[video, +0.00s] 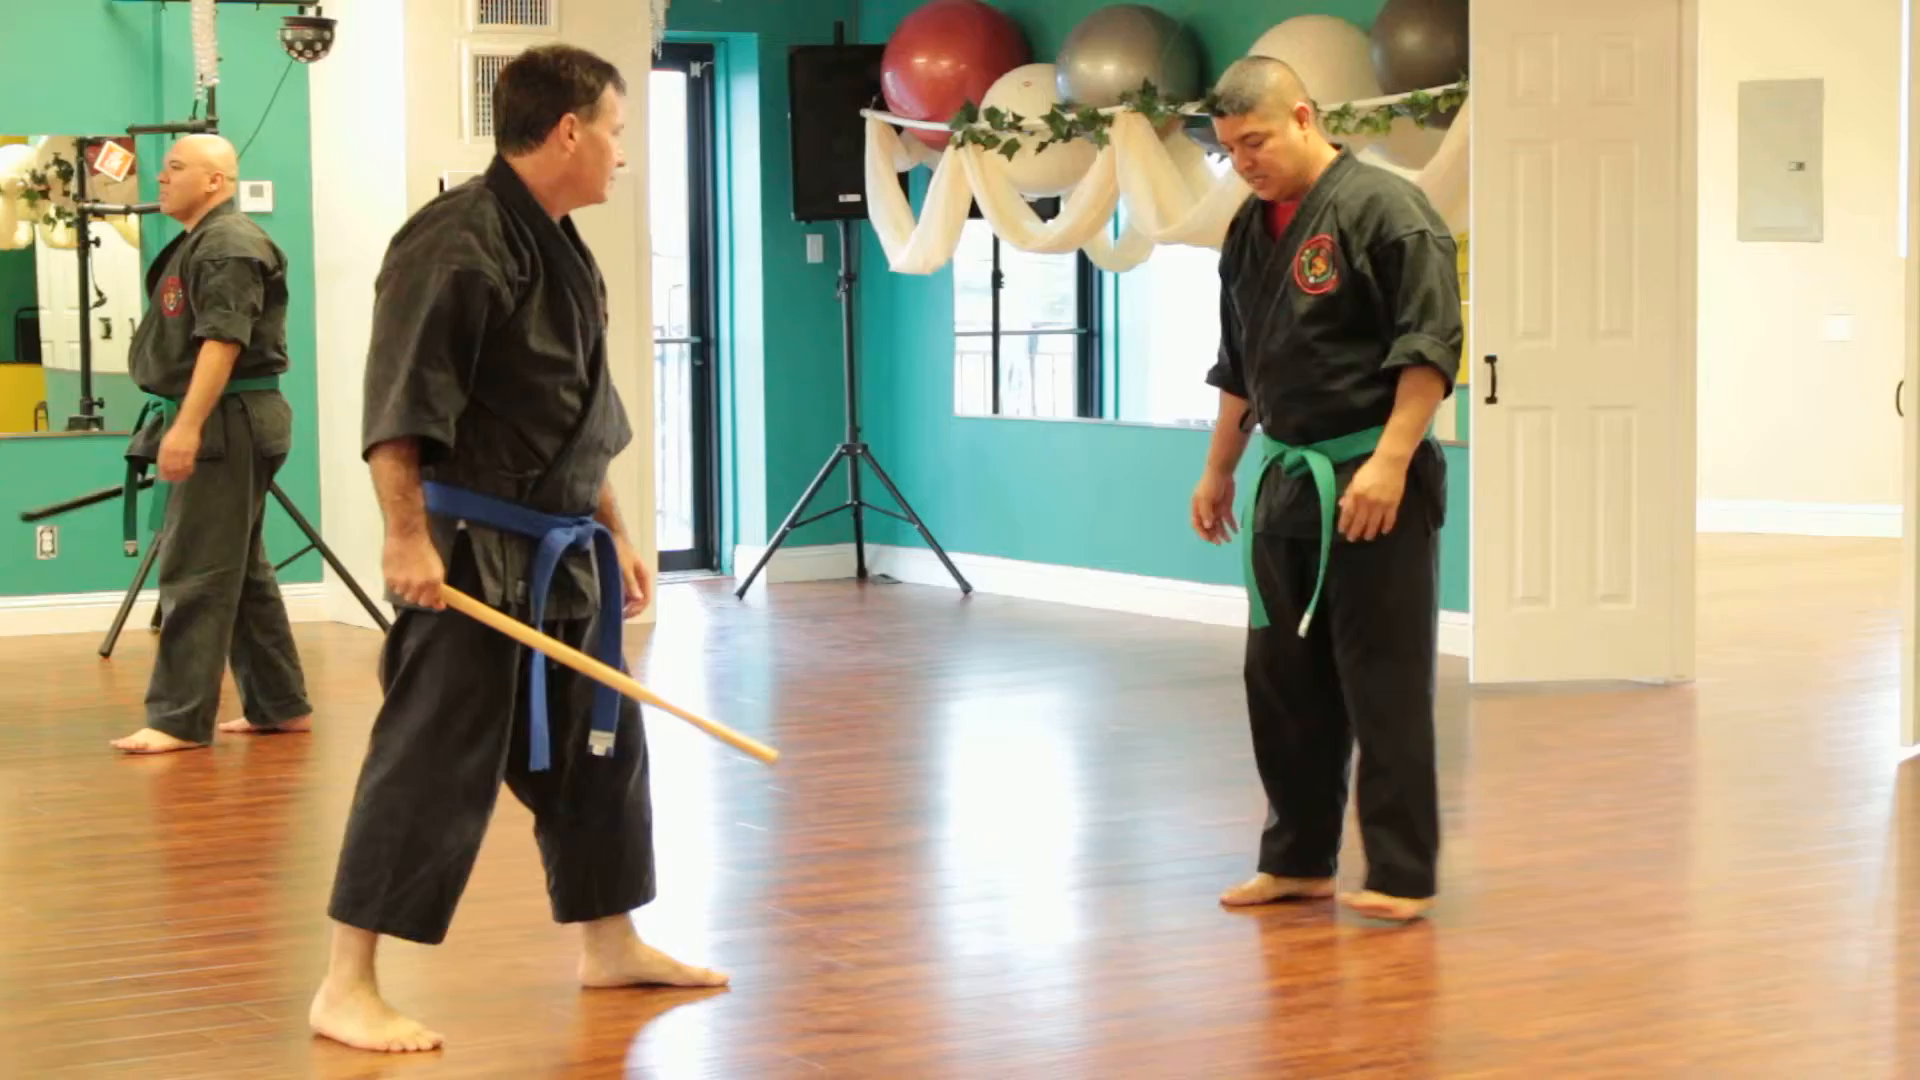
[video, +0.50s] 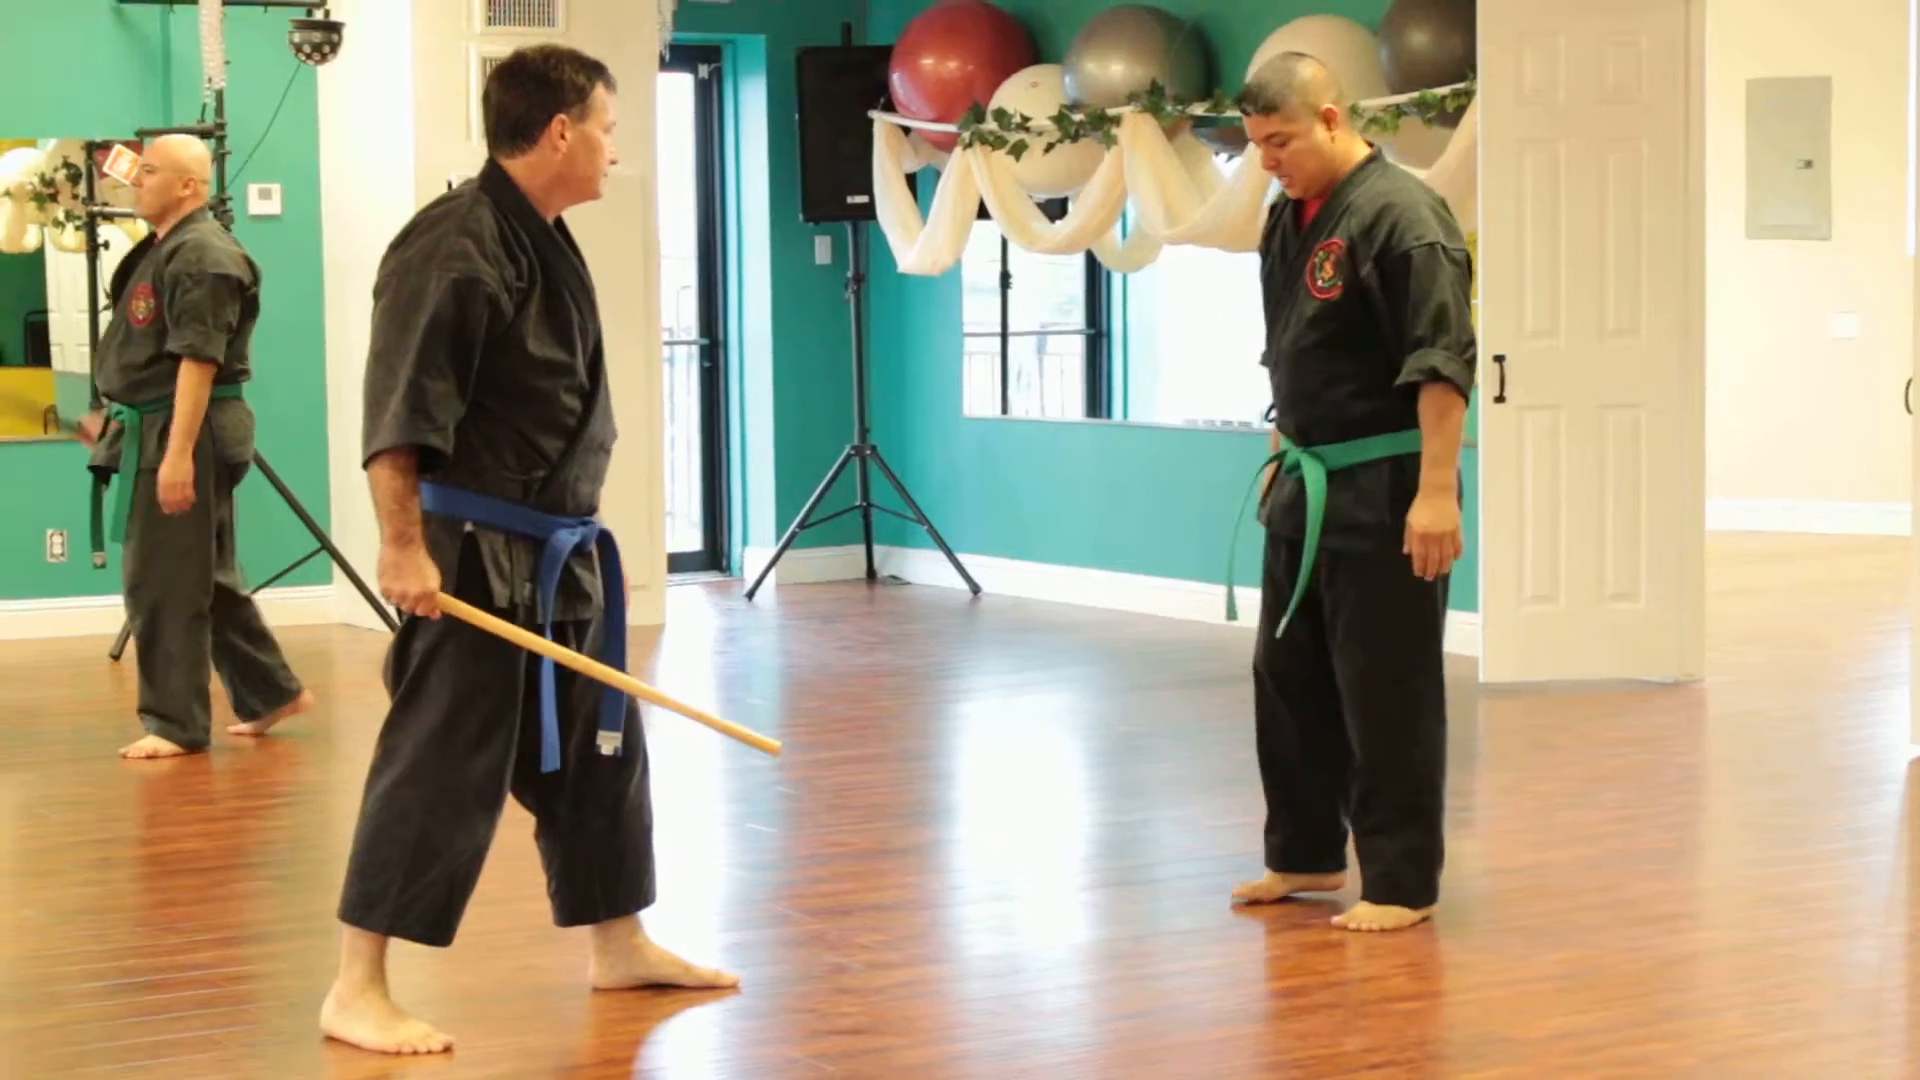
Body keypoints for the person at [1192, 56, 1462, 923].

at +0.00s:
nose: (1243, 162)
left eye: (1254, 142)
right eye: (1230, 149)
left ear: (1306, 119)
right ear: (1224, 147)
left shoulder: (1388, 207)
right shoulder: (1251, 227)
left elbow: (1431, 349)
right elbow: (1240, 362)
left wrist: (1391, 461)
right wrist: (1218, 466)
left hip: (1376, 471)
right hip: (1286, 473)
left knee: (1384, 677)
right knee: (1285, 670)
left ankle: (1400, 876)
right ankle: (1298, 862)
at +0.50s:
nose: (1272, 166)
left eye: (1281, 146)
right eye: (1262, 150)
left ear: (1333, 120)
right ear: (1260, 141)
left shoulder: (1406, 217)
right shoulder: (1288, 218)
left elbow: (1443, 364)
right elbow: (1298, 353)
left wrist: (1438, 491)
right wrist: (1283, 454)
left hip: (1385, 473)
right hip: (1307, 473)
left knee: (1387, 682)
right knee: (1291, 672)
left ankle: (1401, 885)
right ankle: (1306, 861)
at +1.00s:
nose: (1262, 144)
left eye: (1277, 127)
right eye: (1256, 129)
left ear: (1334, 119)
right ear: (1259, 131)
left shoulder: (1398, 216)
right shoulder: (1271, 224)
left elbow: (1432, 365)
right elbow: (1261, 364)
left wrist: (1408, 483)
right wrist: (1238, 464)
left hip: (1372, 479)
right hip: (1288, 480)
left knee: (1389, 690)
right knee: (1295, 682)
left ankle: (1410, 888)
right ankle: (1310, 862)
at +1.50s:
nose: (1298, 149)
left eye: (1311, 130)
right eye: (1291, 134)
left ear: (1367, 116)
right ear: (1298, 133)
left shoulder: (1435, 218)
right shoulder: (1315, 222)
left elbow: (1458, 369)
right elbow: (1310, 361)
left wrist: (1436, 491)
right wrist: (1297, 469)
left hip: (1404, 475)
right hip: (1321, 475)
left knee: (1414, 687)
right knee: (1318, 679)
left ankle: (1430, 882)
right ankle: (1334, 862)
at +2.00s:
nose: (1309, 149)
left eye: (1323, 131)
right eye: (1302, 134)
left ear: (1378, 119)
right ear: (1306, 134)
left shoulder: (1443, 223)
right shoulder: (1319, 226)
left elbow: (1471, 374)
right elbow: (1310, 364)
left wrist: (1461, 497)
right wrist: (1299, 465)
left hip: (1409, 480)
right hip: (1325, 480)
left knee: (1429, 689)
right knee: (1327, 679)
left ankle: (1442, 884)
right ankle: (1340, 860)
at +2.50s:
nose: (1294, 156)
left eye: (1307, 138)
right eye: (1287, 141)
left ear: (1362, 123)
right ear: (1294, 141)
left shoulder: (1429, 224)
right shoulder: (1307, 231)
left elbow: (1452, 376)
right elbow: (1297, 368)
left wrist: (1429, 495)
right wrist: (1281, 466)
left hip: (1398, 480)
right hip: (1315, 481)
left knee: (1408, 689)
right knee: (1319, 680)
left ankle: (1431, 885)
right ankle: (1339, 862)